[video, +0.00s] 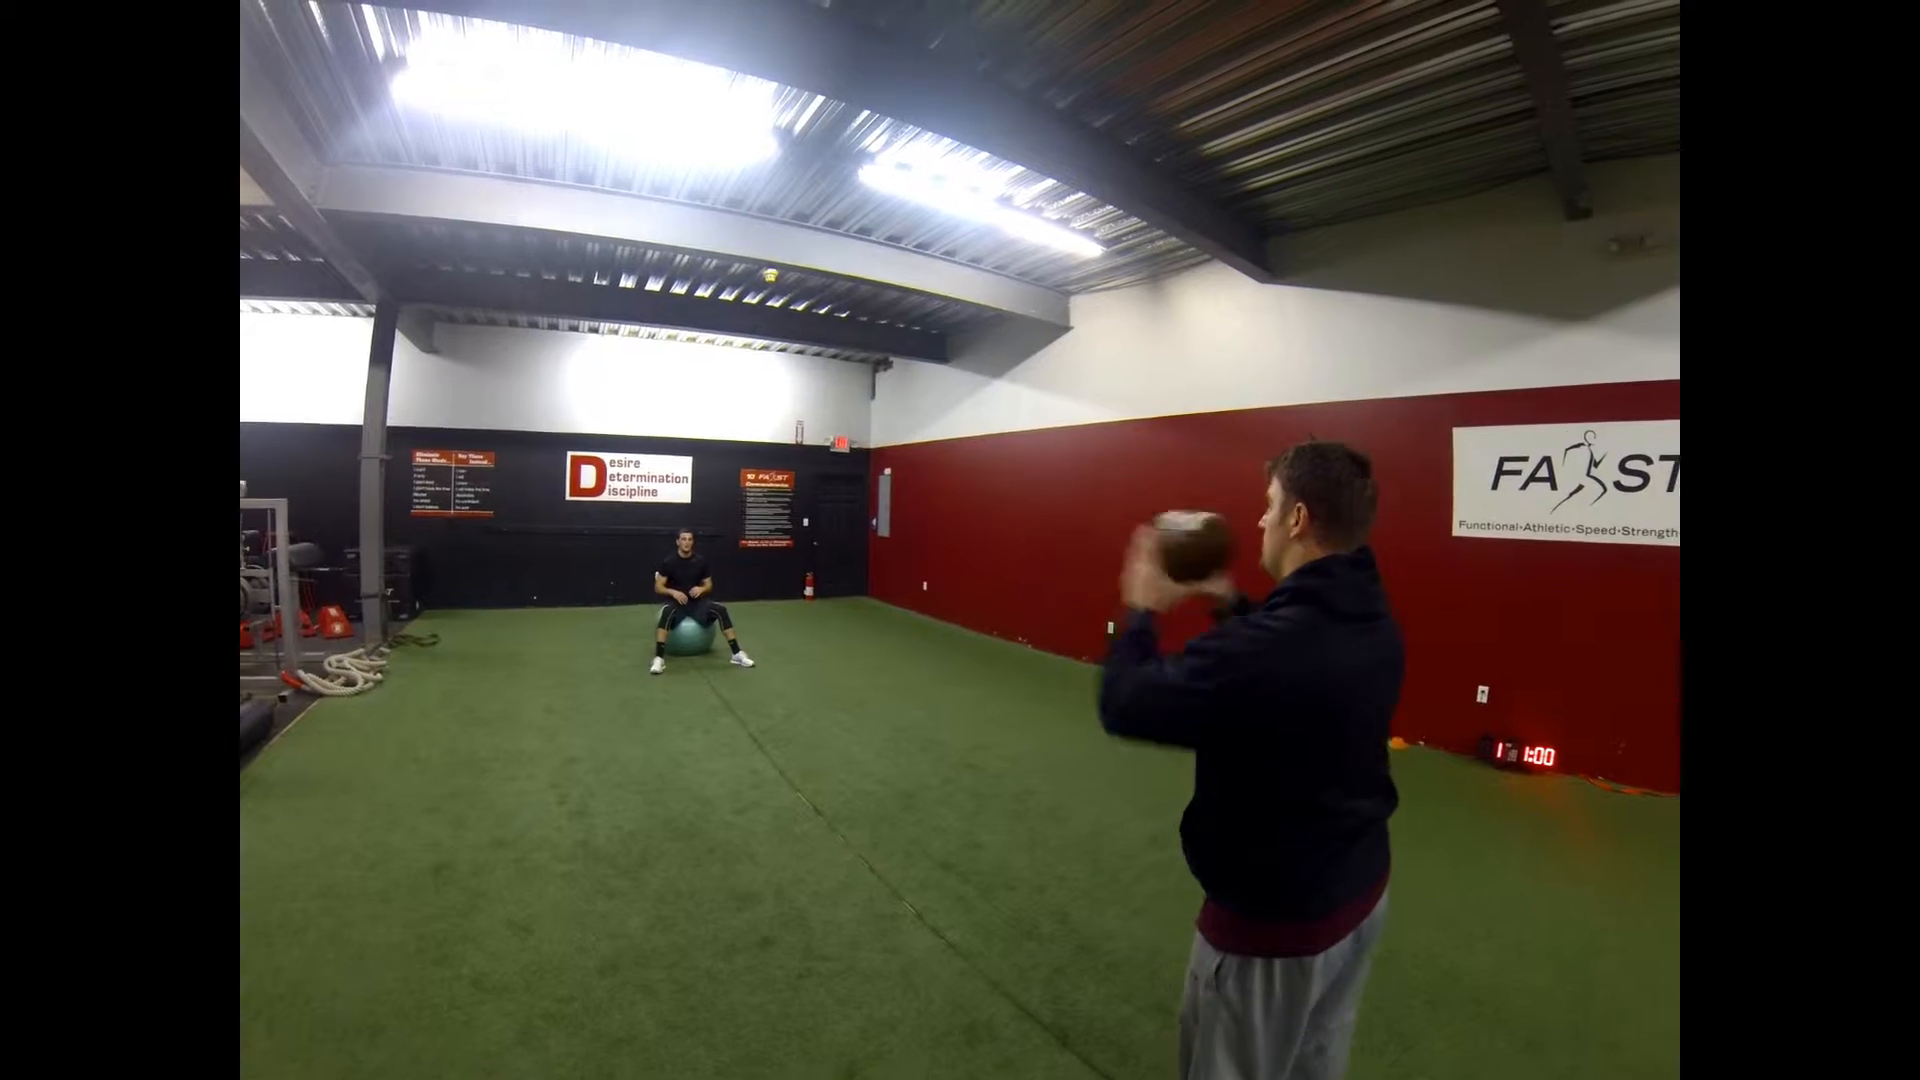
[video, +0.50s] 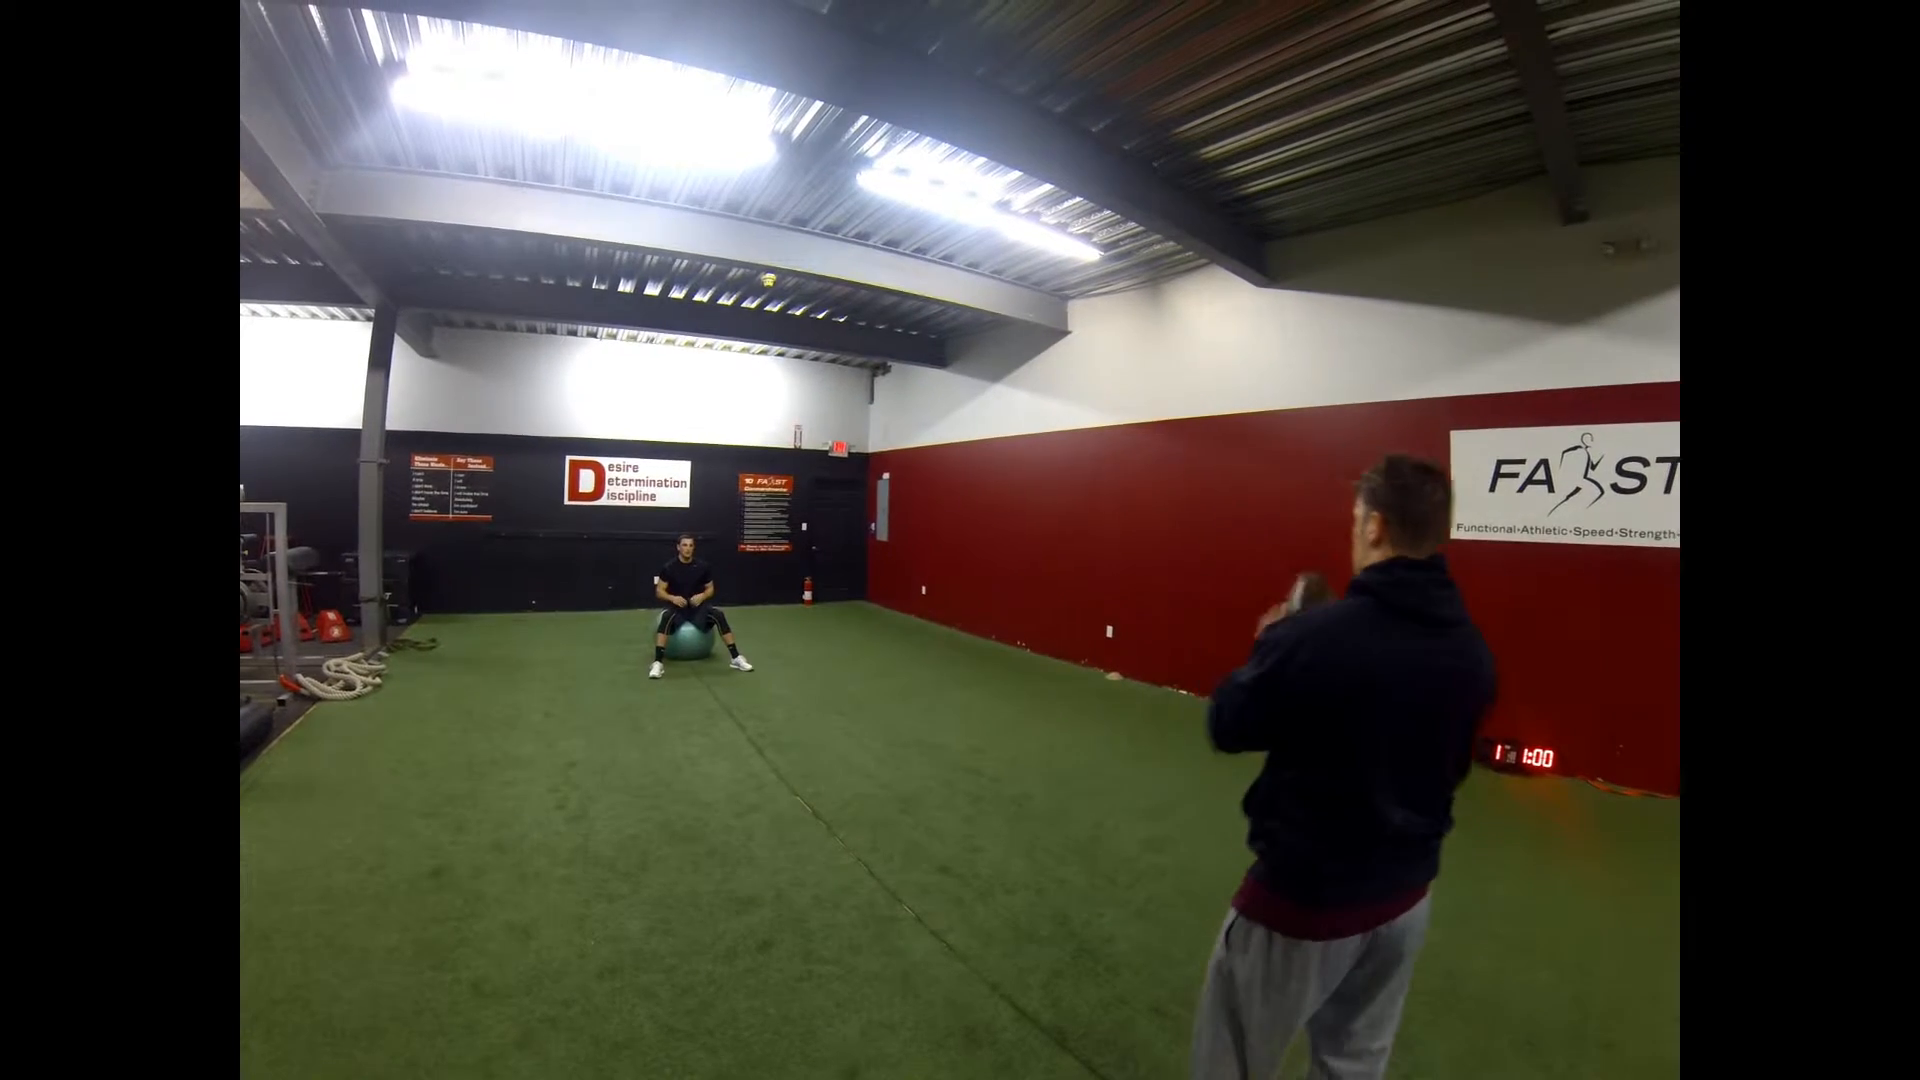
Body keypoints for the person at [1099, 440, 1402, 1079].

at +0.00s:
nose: (1260, 523)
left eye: (1268, 506)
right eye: (1264, 506)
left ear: (1300, 517)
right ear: (1357, 525)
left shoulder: (1265, 644)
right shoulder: (1374, 621)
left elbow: (1126, 706)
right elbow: (1294, 664)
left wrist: (1140, 608)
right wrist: (1227, 600)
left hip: (1266, 923)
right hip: (1357, 896)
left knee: (1227, 1067)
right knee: (1316, 1066)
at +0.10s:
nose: (1270, 523)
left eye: (1276, 508)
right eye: (1272, 508)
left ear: (1304, 519)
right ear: (1364, 522)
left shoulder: (1272, 646)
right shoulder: (1386, 624)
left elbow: (1144, 724)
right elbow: (1310, 700)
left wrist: (1164, 630)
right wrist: (1249, 623)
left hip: (1269, 919)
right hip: (1361, 893)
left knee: (1229, 1064)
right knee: (1326, 1056)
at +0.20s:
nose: (1292, 528)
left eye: (1297, 513)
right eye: (1294, 514)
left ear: (1319, 522)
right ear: (1385, 525)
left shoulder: (1275, 648)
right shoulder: (1411, 635)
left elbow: (1169, 738)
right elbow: (1339, 706)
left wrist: (1174, 646)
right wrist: (1271, 626)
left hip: (1276, 915)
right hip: (1374, 896)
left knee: (1231, 1066)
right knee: (1333, 1063)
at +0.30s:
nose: (1310, 530)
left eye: (1313, 516)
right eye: (1311, 516)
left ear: (1333, 523)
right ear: (1399, 526)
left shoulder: (1289, 646)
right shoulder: (1429, 638)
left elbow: (1190, 739)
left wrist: (1197, 653)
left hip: (1283, 914)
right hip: (1383, 900)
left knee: (1228, 1065)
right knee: (1344, 1064)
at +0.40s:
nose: (1335, 528)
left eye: (1338, 516)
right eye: (1336, 516)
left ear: (1354, 525)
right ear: (1424, 530)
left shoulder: (1304, 642)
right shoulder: (1451, 643)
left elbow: (1212, 734)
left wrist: (1241, 652)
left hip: (1295, 911)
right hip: (1395, 902)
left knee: (1230, 1064)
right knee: (1352, 1066)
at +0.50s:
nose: (1352, 531)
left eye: (1355, 518)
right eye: (1355, 519)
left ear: (1371, 526)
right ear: (1442, 534)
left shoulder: (1320, 637)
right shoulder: (1468, 649)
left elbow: (1229, 728)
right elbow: (1447, 765)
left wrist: (1268, 647)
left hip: (1300, 909)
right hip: (1402, 904)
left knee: (1227, 1065)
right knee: (1355, 1066)